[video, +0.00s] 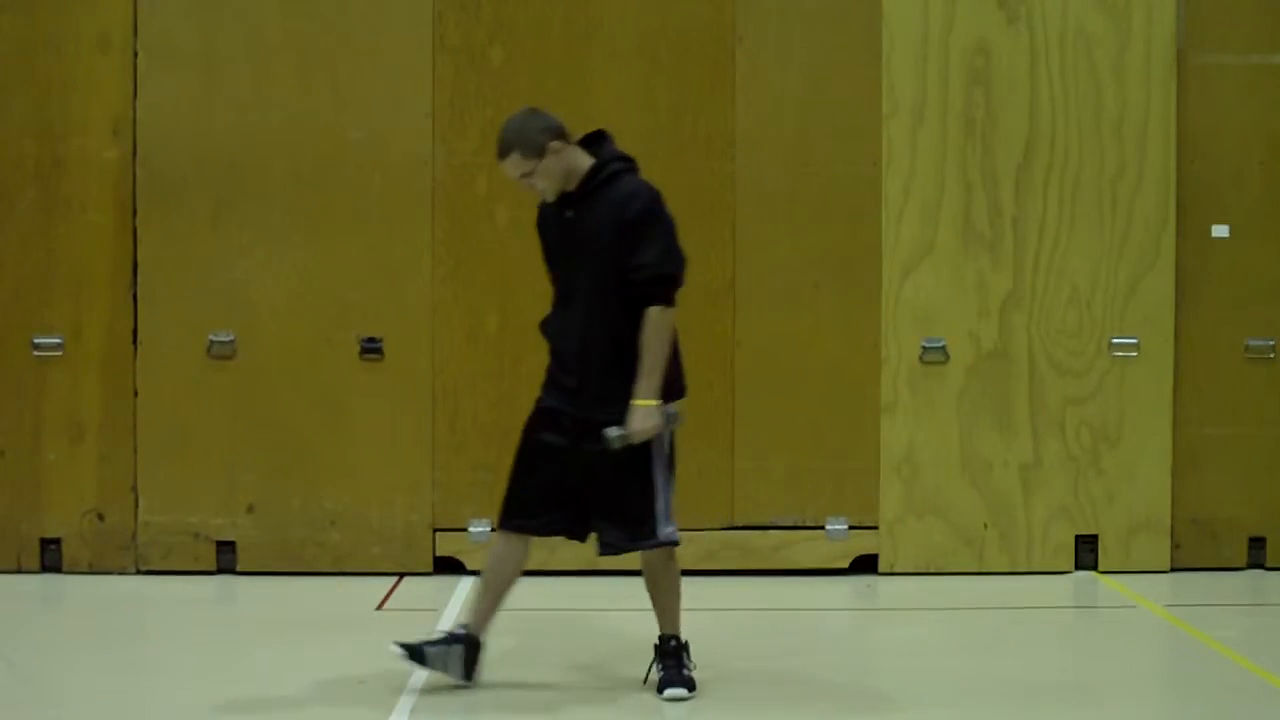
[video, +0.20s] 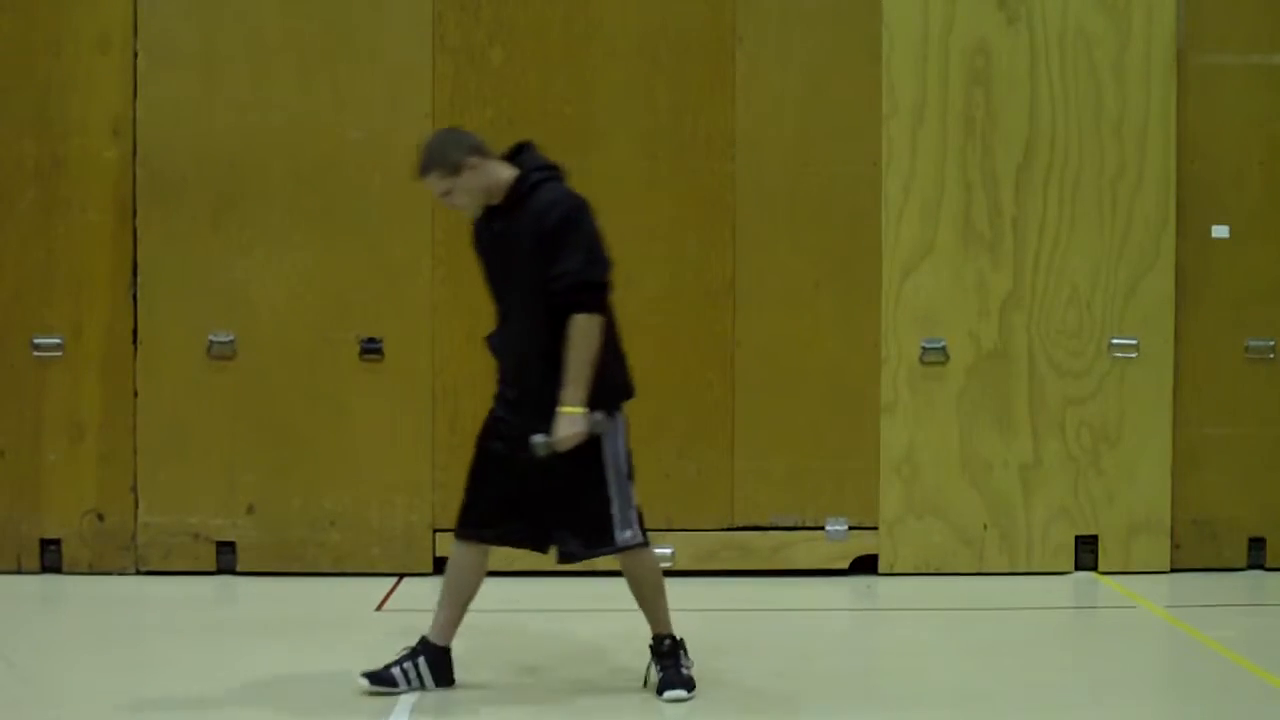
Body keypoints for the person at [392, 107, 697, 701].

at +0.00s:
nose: (529, 190)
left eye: (529, 175)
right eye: (520, 180)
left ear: (557, 148)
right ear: (536, 162)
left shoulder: (634, 200)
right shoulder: (553, 211)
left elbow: (661, 302)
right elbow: (572, 300)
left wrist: (646, 397)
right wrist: (567, 376)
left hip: (635, 393)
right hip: (568, 388)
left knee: (652, 531)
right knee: (519, 517)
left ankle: (672, 650)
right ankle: (466, 642)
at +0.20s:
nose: (449, 205)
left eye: (448, 192)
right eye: (442, 197)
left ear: (476, 165)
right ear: (462, 177)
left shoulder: (559, 208)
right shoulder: (489, 221)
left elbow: (587, 310)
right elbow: (518, 310)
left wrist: (573, 404)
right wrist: (515, 383)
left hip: (586, 397)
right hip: (520, 397)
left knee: (623, 532)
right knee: (475, 526)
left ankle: (667, 648)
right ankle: (435, 652)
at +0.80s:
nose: (272, 306)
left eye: (268, 293)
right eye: (262, 301)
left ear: (289, 260)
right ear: (287, 262)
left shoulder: (370, 280)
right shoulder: (332, 287)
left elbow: (415, 388)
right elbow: (368, 378)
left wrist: (420, 491)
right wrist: (363, 460)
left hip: (470, 400)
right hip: (428, 400)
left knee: (393, 526)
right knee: (387, 518)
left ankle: (365, 667)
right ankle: (427, 654)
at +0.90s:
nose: (258, 354)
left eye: (250, 342)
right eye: (247, 348)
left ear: (265, 310)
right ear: (267, 310)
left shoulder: (346, 316)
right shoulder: (319, 312)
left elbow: (392, 426)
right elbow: (363, 410)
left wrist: (401, 532)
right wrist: (359, 481)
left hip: (464, 404)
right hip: (426, 405)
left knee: (368, 523)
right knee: (360, 515)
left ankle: (363, 669)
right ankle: (413, 636)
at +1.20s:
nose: (242, 479)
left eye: (236, 468)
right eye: (231, 474)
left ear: (249, 437)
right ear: (246, 433)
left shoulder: (321, 430)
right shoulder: (293, 418)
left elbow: (383, 543)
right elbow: (336, 504)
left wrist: (406, 649)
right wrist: (317, 584)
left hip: (459, 469)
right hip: (431, 464)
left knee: (327, 543)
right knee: (319, 530)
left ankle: (362, 671)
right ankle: (364, 659)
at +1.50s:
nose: (270, 492)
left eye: (270, 481)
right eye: (263, 485)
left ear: (295, 457)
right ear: (291, 455)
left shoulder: (366, 476)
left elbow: (420, 590)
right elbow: (276, 523)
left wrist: (449, 685)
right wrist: (229, 583)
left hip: (456, 557)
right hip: (410, 537)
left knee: (317, 549)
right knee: (297, 534)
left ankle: (360, 670)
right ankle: (361, 658)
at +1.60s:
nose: (293, 479)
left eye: (294, 468)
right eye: (288, 471)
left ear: (324, 448)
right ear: (322, 446)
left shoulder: (393, 469)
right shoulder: (339, 440)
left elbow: (432, 591)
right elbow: (289, 503)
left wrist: (453, 687)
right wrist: (226, 559)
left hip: (453, 578)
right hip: (414, 557)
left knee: (319, 542)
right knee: (293, 533)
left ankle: (361, 669)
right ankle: (358, 656)